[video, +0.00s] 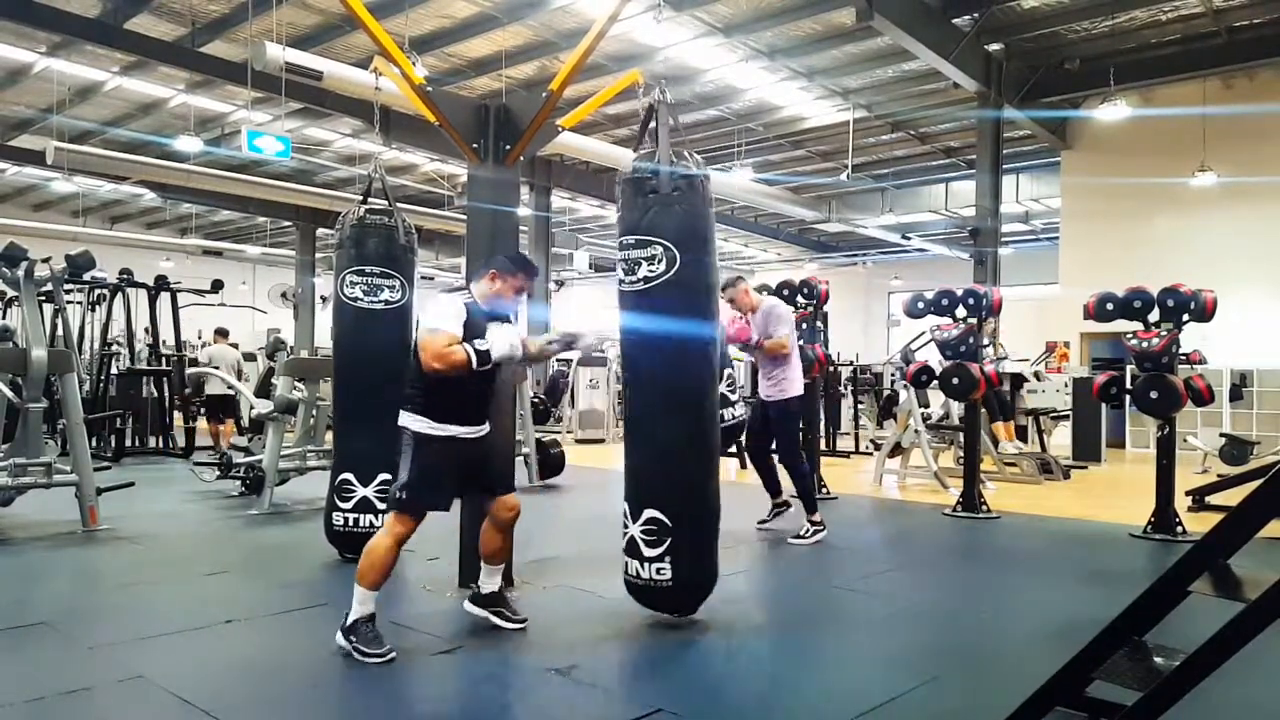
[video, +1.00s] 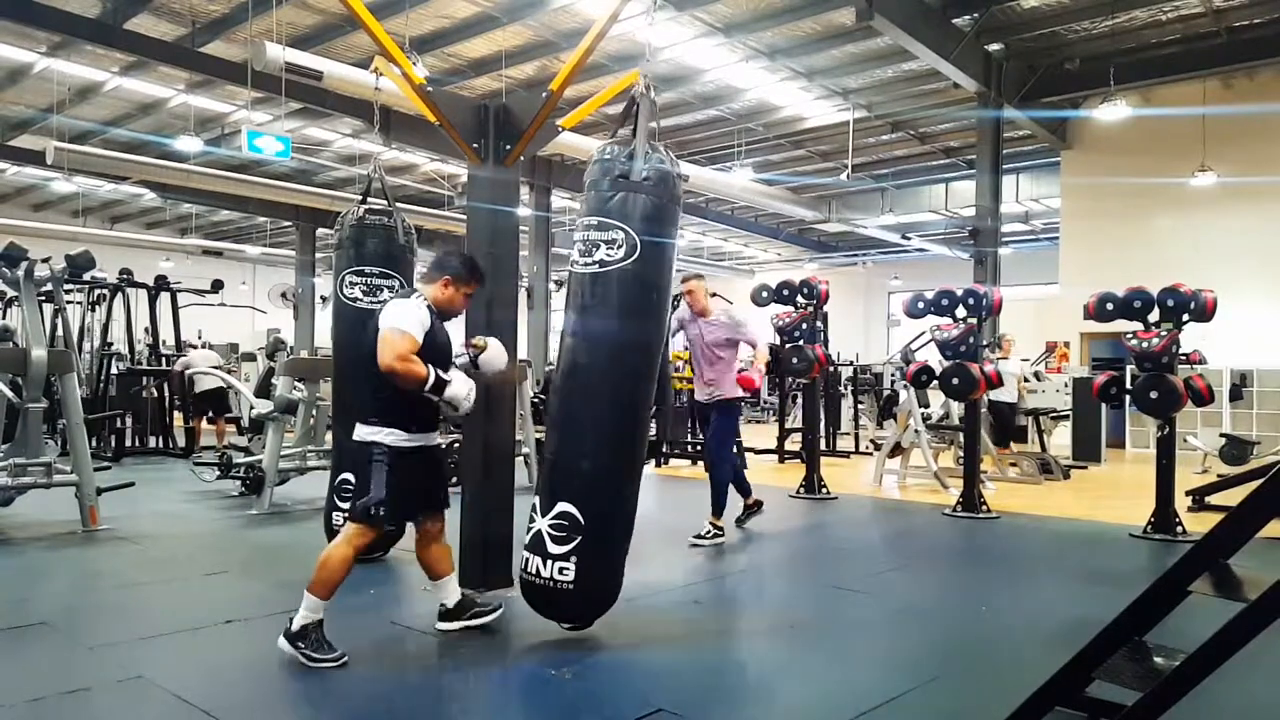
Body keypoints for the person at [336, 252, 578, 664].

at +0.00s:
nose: (519, 302)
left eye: (523, 295)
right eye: (517, 292)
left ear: (506, 286)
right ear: (494, 278)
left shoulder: (499, 319)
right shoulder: (445, 303)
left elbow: (517, 349)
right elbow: (435, 358)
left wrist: (553, 345)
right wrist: (490, 348)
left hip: (477, 435)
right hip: (429, 435)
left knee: (505, 509)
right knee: (400, 526)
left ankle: (487, 593)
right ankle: (357, 621)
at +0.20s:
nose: (496, 305)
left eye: (500, 298)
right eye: (494, 295)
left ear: (482, 288)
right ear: (473, 282)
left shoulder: (476, 324)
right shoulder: (423, 312)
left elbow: (478, 370)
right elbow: (409, 367)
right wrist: (471, 362)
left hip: (462, 442)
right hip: (415, 442)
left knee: (482, 517)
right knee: (388, 530)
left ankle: (480, 602)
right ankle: (320, 616)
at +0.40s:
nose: (461, 309)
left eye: (464, 301)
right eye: (460, 299)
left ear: (439, 290)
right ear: (435, 287)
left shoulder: (424, 327)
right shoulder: (394, 319)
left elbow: (411, 379)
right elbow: (385, 375)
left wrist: (439, 403)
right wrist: (432, 400)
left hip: (416, 449)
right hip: (371, 451)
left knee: (454, 518)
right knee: (351, 544)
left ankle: (474, 598)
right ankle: (299, 632)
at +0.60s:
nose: (446, 286)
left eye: (450, 279)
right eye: (444, 276)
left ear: (425, 268)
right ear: (417, 262)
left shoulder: (415, 306)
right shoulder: (371, 294)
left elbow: (407, 360)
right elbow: (367, 356)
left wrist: (445, 355)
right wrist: (425, 346)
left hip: (402, 424)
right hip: (357, 426)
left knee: (431, 502)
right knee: (348, 527)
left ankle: (396, 588)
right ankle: (305, 621)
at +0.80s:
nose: (447, 298)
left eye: (451, 290)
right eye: (446, 288)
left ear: (425, 278)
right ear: (422, 275)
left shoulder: (417, 315)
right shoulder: (377, 305)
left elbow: (418, 367)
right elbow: (372, 364)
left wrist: (450, 360)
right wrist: (429, 368)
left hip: (405, 436)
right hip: (361, 438)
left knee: (438, 507)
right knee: (342, 531)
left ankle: (396, 589)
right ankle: (300, 628)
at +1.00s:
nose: (465, 306)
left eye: (468, 298)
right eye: (465, 296)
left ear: (445, 286)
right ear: (446, 285)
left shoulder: (434, 319)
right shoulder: (406, 309)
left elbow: (438, 361)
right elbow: (393, 359)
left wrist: (471, 356)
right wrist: (444, 385)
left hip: (423, 443)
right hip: (385, 444)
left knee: (432, 528)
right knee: (359, 534)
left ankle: (453, 604)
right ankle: (303, 627)